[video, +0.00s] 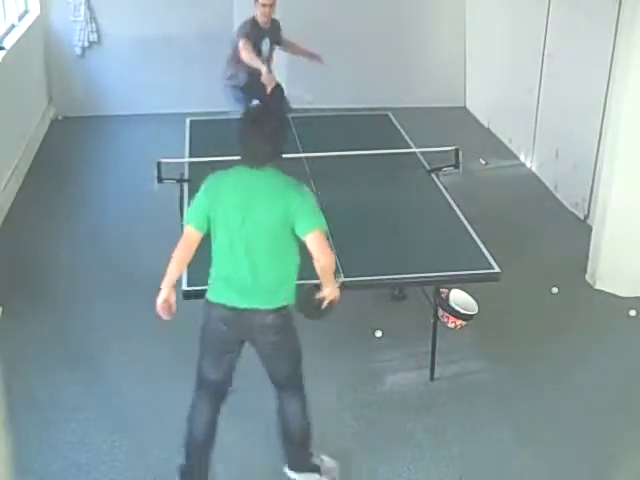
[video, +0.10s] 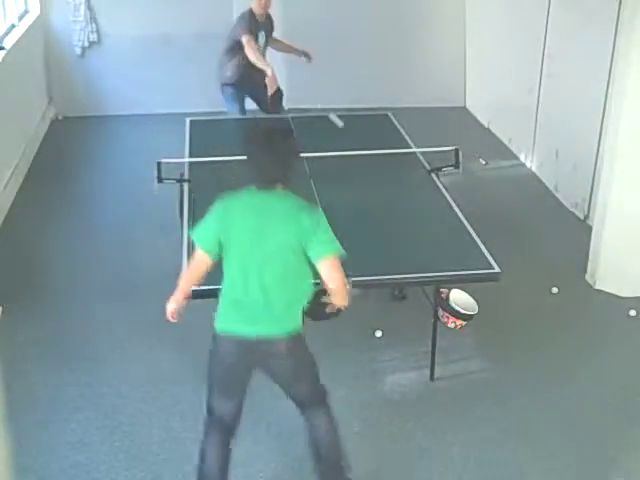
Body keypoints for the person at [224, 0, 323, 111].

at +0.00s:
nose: (267, 10)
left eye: (271, 6)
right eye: (263, 6)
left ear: (274, 8)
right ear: (256, 6)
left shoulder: (274, 26)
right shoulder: (247, 27)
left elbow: (283, 44)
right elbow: (245, 53)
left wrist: (307, 55)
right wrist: (264, 68)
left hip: (260, 81)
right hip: (235, 82)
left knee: (281, 109)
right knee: (243, 112)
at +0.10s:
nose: (264, 3)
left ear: (270, 3)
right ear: (252, 2)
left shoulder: (268, 20)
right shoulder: (245, 19)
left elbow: (270, 42)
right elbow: (250, 48)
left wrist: (297, 52)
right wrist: (268, 70)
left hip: (255, 79)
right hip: (232, 80)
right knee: (237, 119)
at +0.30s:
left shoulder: (258, 10)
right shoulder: (237, 12)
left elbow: (258, 33)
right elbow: (236, 52)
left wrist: (282, 46)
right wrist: (263, 75)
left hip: (248, 75)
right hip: (226, 76)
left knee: (266, 115)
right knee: (236, 119)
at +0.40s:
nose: (256, 0)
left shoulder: (256, 12)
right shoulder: (233, 13)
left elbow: (256, 32)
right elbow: (222, 51)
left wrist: (283, 42)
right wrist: (252, 72)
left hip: (247, 76)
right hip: (227, 76)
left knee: (259, 118)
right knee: (239, 118)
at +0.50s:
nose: (253, 3)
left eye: (254, 1)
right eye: (250, 0)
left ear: (253, 1)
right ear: (241, 0)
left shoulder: (254, 12)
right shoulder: (228, 15)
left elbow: (257, 32)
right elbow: (211, 52)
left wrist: (285, 42)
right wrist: (238, 70)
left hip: (246, 76)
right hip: (226, 77)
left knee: (250, 118)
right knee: (237, 119)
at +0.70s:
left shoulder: (255, 4)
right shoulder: (222, 6)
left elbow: (261, 20)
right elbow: (200, 38)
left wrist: (281, 35)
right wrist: (222, 63)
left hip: (243, 66)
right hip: (219, 67)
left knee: (245, 113)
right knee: (221, 114)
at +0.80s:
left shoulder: (251, 3)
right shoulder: (217, 4)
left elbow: (258, 18)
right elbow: (196, 37)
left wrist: (277, 34)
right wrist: (217, 59)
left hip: (240, 62)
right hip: (216, 64)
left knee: (246, 109)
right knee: (217, 111)